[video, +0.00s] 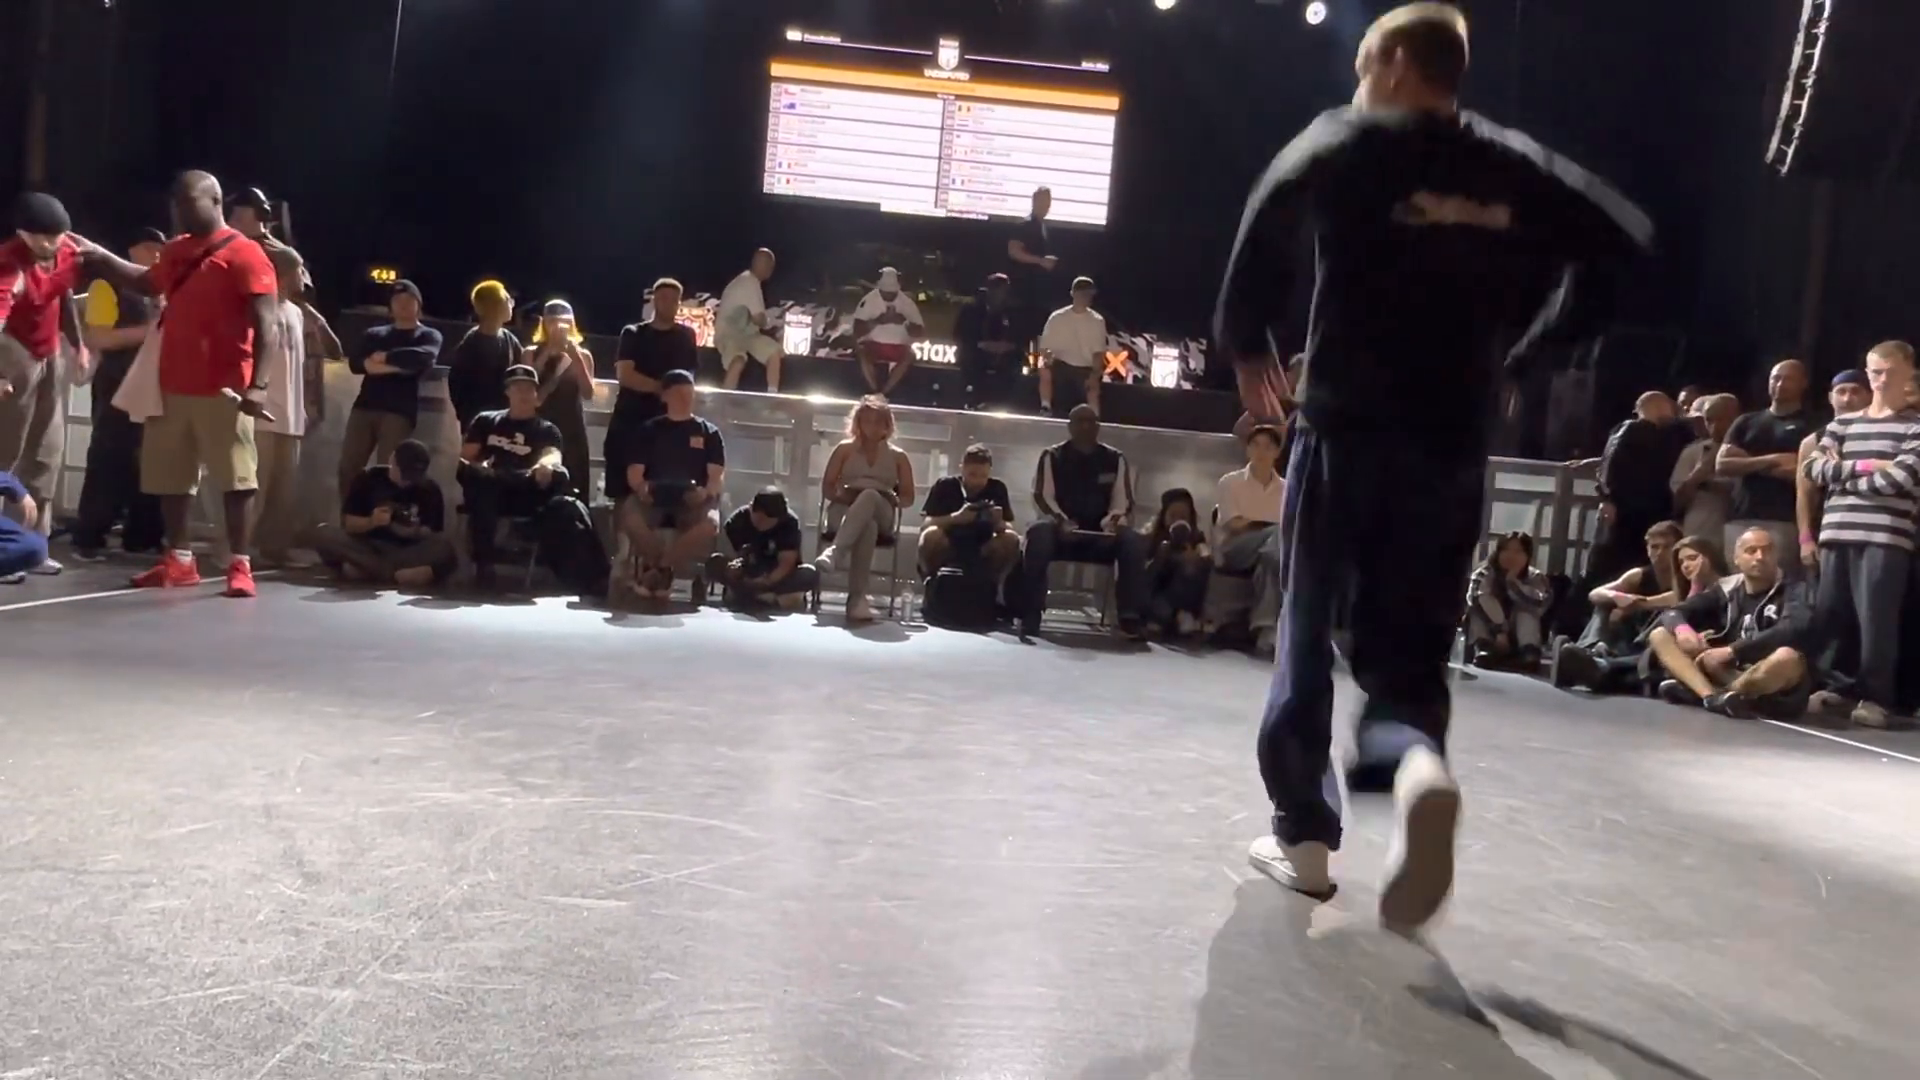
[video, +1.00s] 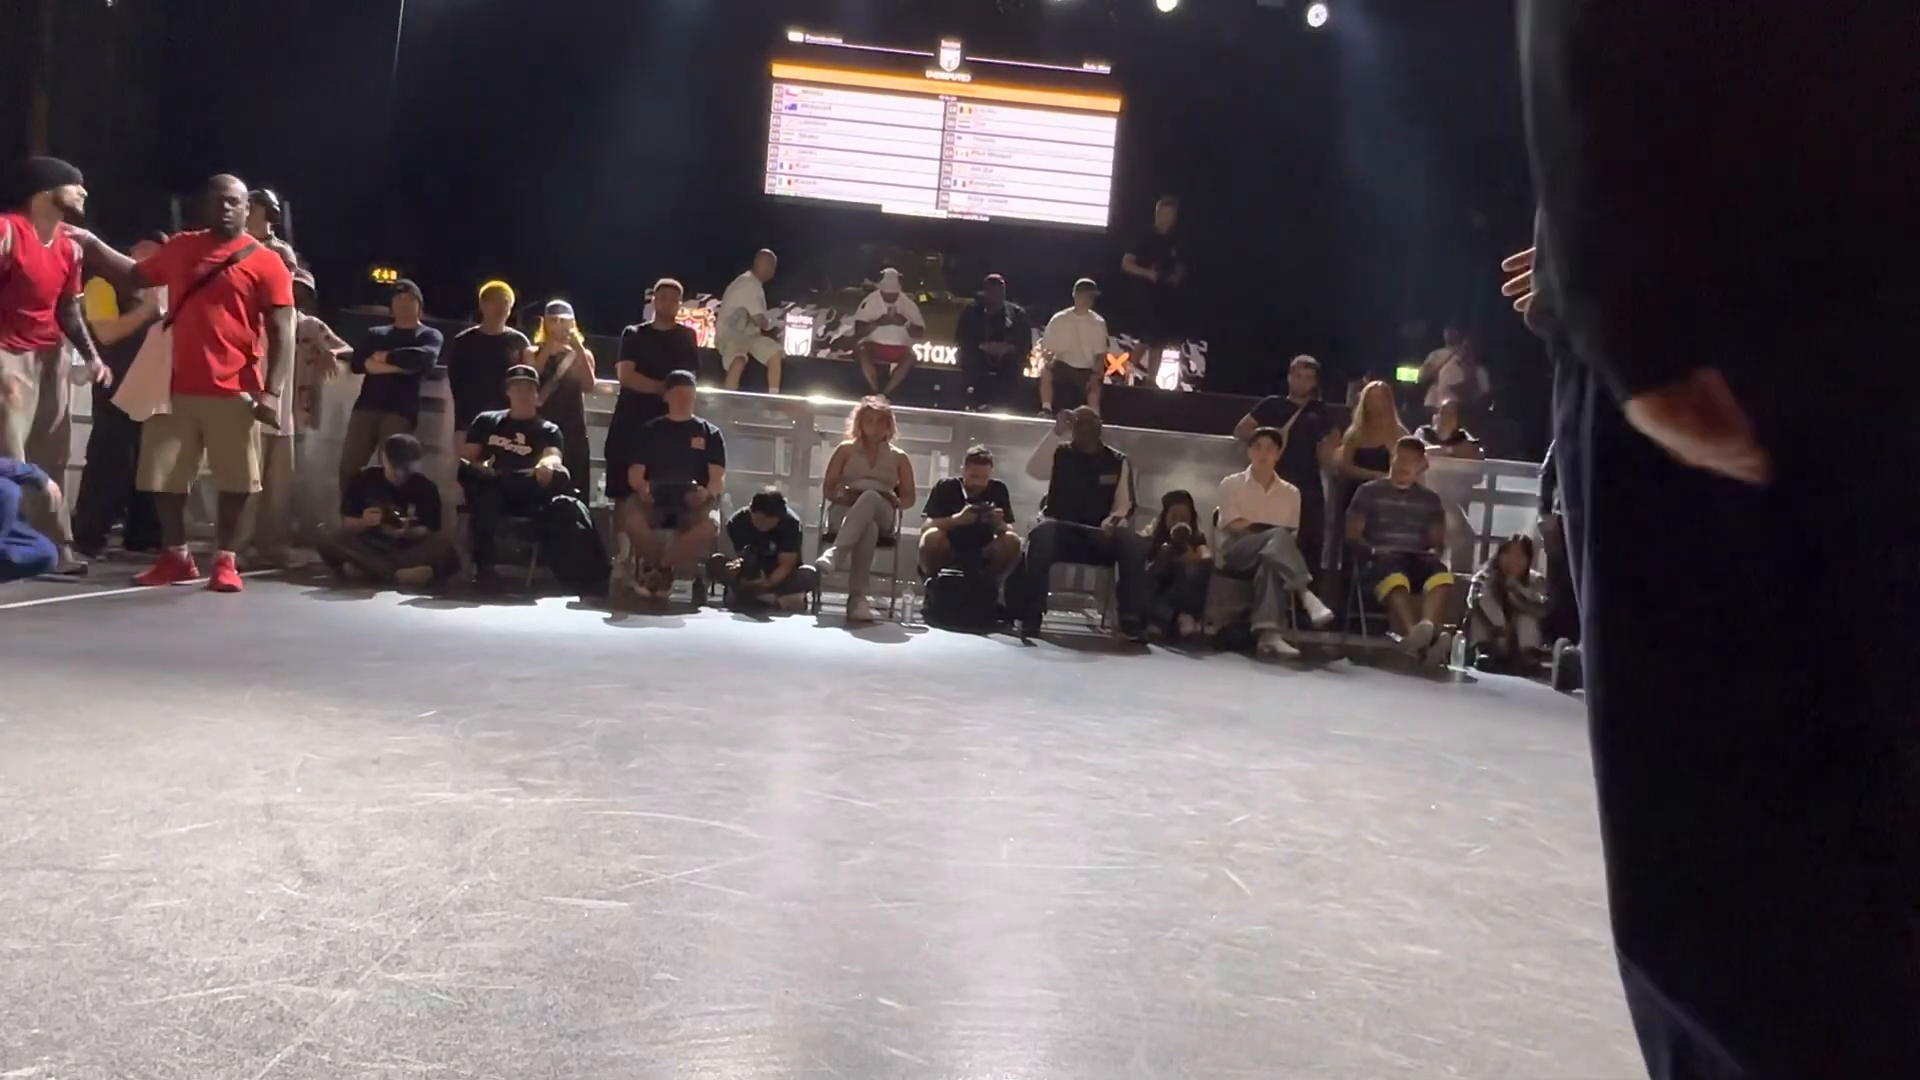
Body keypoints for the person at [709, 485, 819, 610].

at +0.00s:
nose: (758, 522)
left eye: (765, 520)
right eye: (757, 517)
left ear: (777, 518)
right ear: (752, 509)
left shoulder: (789, 523)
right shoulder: (735, 523)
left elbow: (787, 563)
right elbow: (741, 556)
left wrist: (767, 580)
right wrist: (735, 566)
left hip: (778, 569)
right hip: (749, 569)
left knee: (810, 573)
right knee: (715, 563)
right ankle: (773, 600)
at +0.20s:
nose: (761, 524)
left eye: (767, 520)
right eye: (759, 519)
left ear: (778, 517)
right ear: (752, 509)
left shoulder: (790, 523)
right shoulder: (735, 523)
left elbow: (787, 563)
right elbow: (743, 556)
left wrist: (768, 581)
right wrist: (737, 565)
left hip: (778, 569)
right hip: (751, 569)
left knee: (810, 573)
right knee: (715, 563)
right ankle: (774, 600)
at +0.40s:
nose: (773, 524)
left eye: (775, 520)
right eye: (770, 520)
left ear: (779, 515)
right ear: (755, 512)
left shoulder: (790, 522)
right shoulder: (735, 523)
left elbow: (787, 563)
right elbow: (742, 556)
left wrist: (767, 581)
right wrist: (738, 564)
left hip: (779, 567)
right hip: (752, 567)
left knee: (809, 574)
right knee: (716, 562)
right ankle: (776, 600)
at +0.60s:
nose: (768, 525)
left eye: (772, 521)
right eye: (764, 520)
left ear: (779, 516)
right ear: (753, 511)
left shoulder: (790, 523)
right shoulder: (736, 523)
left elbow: (787, 564)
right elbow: (743, 558)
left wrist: (767, 583)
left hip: (780, 570)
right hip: (752, 570)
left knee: (809, 575)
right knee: (716, 563)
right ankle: (776, 601)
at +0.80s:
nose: (768, 525)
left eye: (773, 521)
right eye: (765, 521)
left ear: (779, 517)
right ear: (754, 512)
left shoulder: (790, 523)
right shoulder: (736, 524)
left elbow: (788, 564)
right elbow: (745, 559)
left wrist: (767, 583)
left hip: (780, 570)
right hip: (753, 571)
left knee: (810, 575)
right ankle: (778, 602)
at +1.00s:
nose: (770, 525)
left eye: (774, 521)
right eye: (767, 521)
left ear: (779, 516)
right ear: (754, 513)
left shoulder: (790, 523)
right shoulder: (735, 523)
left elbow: (787, 564)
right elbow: (744, 558)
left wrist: (765, 584)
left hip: (779, 570)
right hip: (752, 571)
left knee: (809, 574)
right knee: (715, 563)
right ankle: (777, 601)